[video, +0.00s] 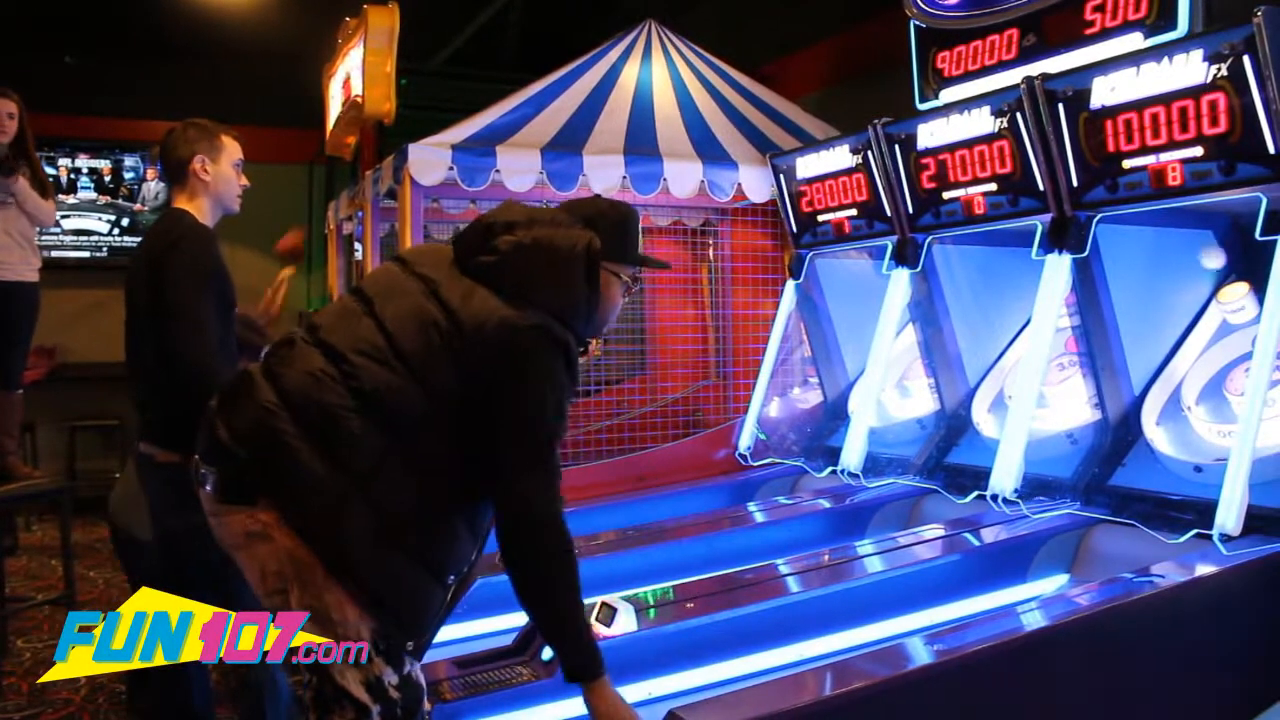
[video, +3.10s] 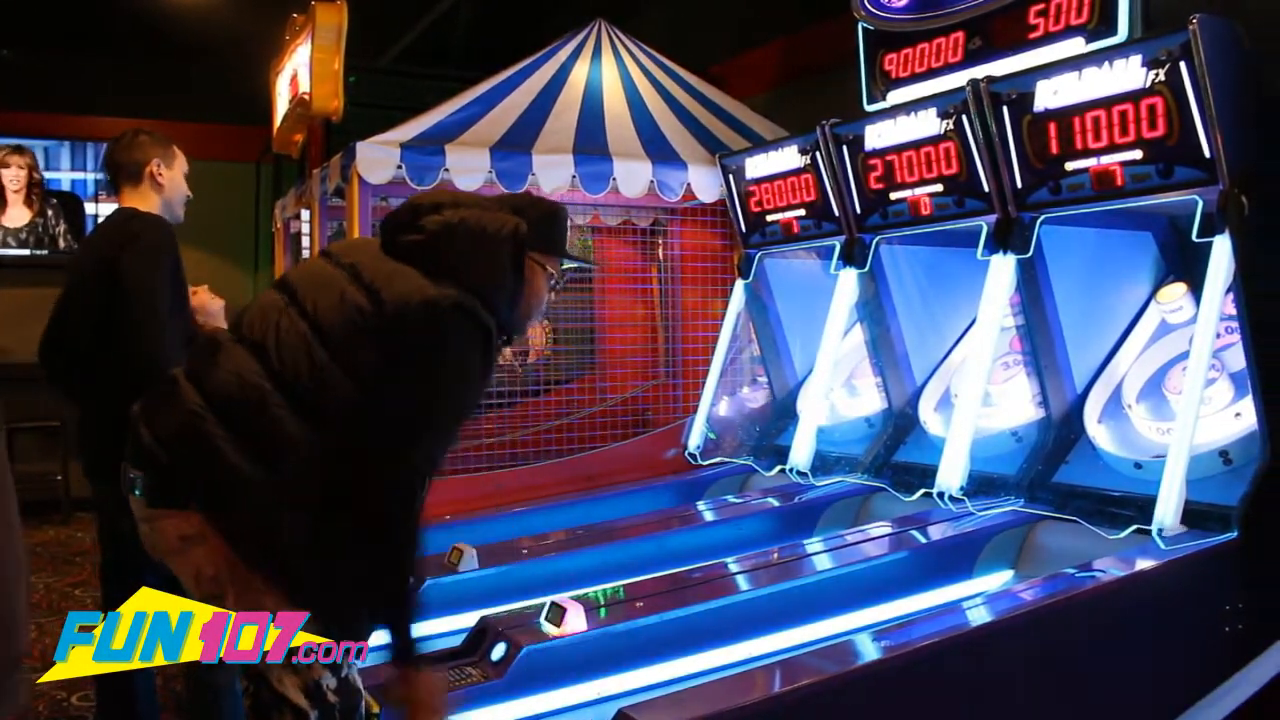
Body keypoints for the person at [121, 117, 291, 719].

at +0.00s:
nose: (244, 180)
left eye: (243, 168)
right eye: (237, 167)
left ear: (194, 171)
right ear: (201, 169)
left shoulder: (165, 239)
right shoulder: (190, 244)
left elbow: (189, 344)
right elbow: (204, 364)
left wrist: (254, 325)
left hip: (159, 458)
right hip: (186, 467)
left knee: (180, 613)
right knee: (233, 609)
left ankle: (173, 704)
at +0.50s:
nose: (229, 196)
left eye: (231, 184)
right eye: (229, 182)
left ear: (180, 170)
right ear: (206, 172)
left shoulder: (148, 233)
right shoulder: (176, 239)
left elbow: (98, 349)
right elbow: (147, 344)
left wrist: (224, 315)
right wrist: (200, 414)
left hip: (147, 453)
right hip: (173, 460)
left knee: (158, 596)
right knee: (211, 603)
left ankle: (151, 704)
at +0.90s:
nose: (230, 199)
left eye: (232, 187)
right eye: (230, 185)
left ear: (181, 172)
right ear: (204, 174)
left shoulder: (141, 235)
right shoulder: (182, 241)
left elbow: (100, 350)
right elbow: (172, 351)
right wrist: (187, 446)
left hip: (142, 452)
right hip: (175, 458)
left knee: (165, 593)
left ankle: (166, 704)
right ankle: (254, 707)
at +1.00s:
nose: (231, 197)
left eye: (232, 183)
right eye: (229, 182)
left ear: (182, 174)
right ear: (205, 172)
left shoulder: (141, 234)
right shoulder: (183, 240)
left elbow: (96, 352)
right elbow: (170, 348)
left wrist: (134, 423)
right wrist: (180, 443)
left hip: (141, 444)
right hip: (173, 448)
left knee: (162, 578)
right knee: (185, 586)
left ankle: (160, 696)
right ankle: (171, 700)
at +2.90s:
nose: (187, 189)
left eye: (185, 174)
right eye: (183, 174)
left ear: (129, 178)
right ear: (156, 173)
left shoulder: (103, 239)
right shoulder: (151, 239)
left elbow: (42, 347)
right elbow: (162, 353)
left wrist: (103, 396)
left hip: (106, 449)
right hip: (145, 456)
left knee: (123, 594)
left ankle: (123, 705)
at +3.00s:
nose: (187, 185)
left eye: (185, 172)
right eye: (183, 172)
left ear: (125, 178)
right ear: (157, 172)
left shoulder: (103, 239)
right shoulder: (152, 238)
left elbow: (50, 349)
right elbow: (160, 353)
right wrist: (211, 321)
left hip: (106, 448)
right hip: (144, 454)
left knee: (124, 593)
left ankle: (125, 706)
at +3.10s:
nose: (189, 185)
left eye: (187, 172)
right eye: (184, 172)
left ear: (127, 177)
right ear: (157, 172)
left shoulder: (102, 241)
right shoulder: (152, 239)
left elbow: (56, 350)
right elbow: (162, 354)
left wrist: (105, 403)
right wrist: (207, 325)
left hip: (109, 451)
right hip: (148, 455)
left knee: (126, 596)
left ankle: (125, 706)